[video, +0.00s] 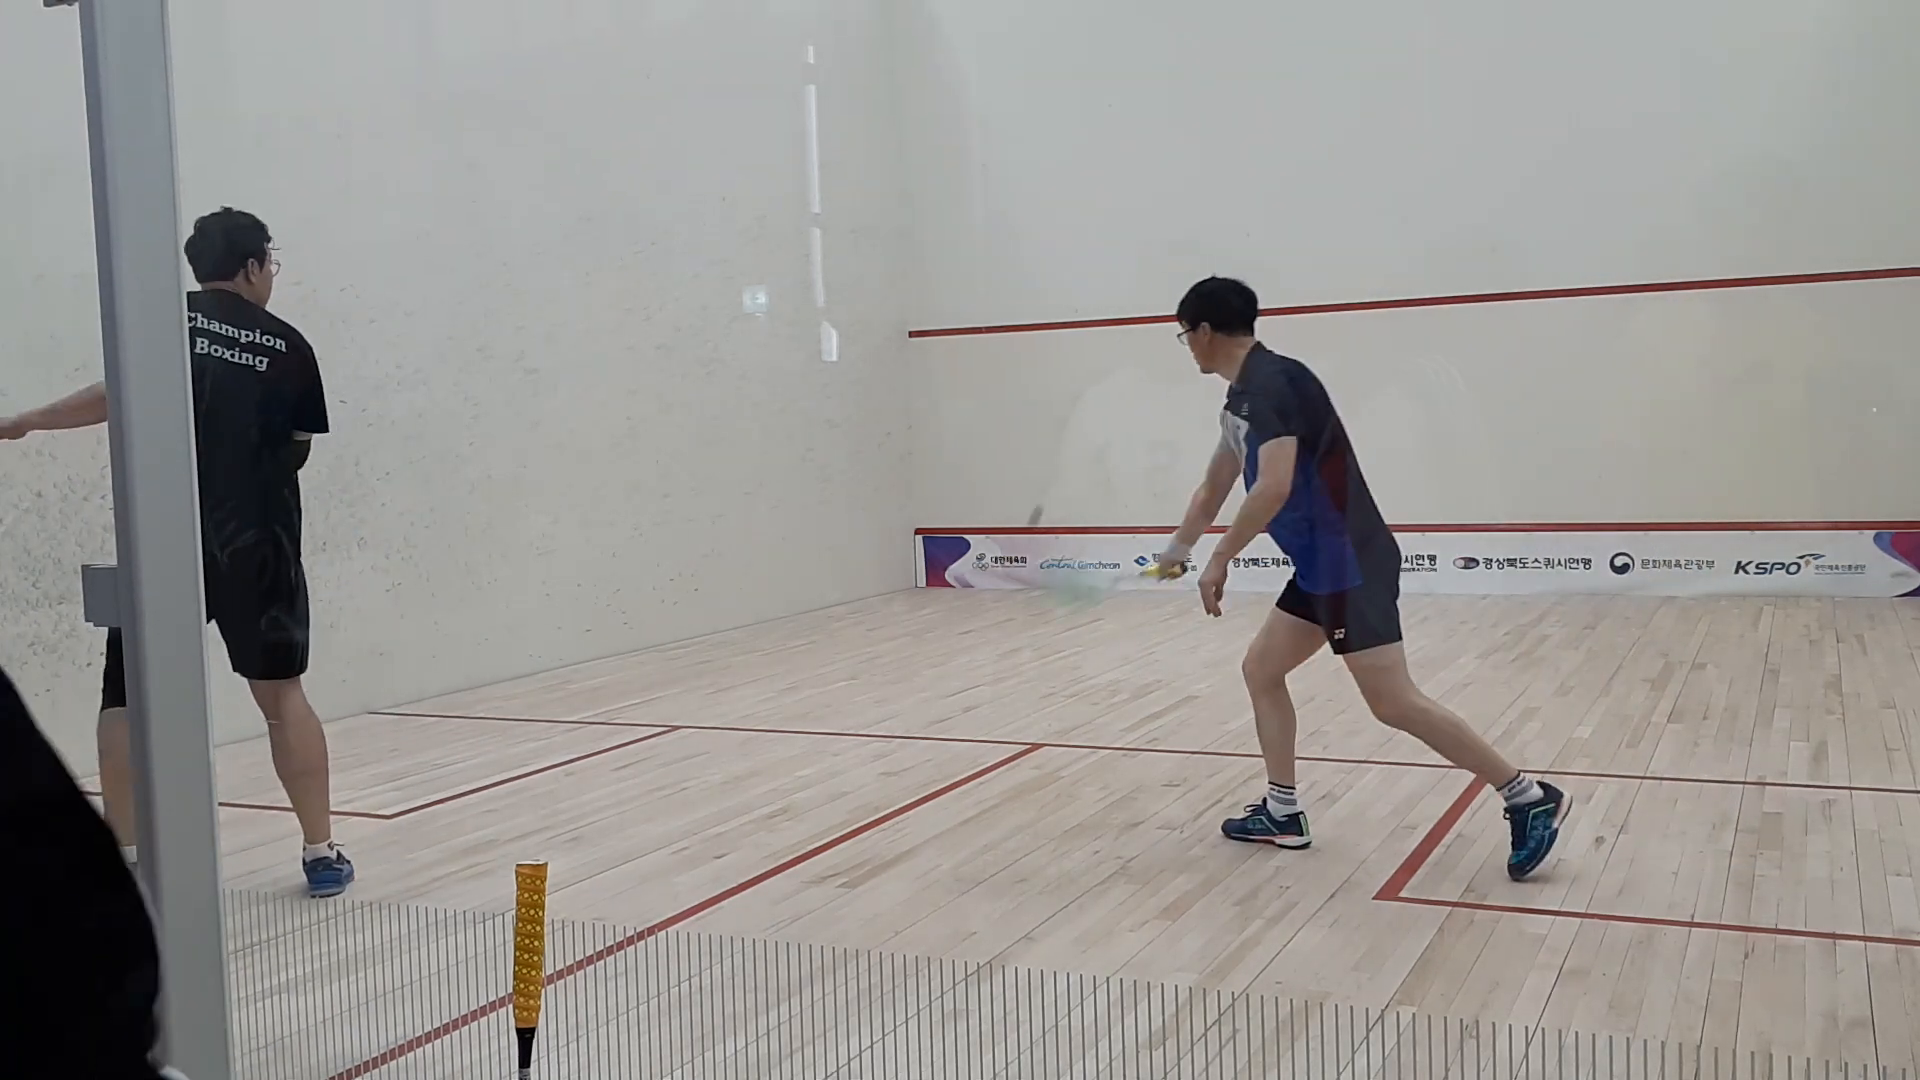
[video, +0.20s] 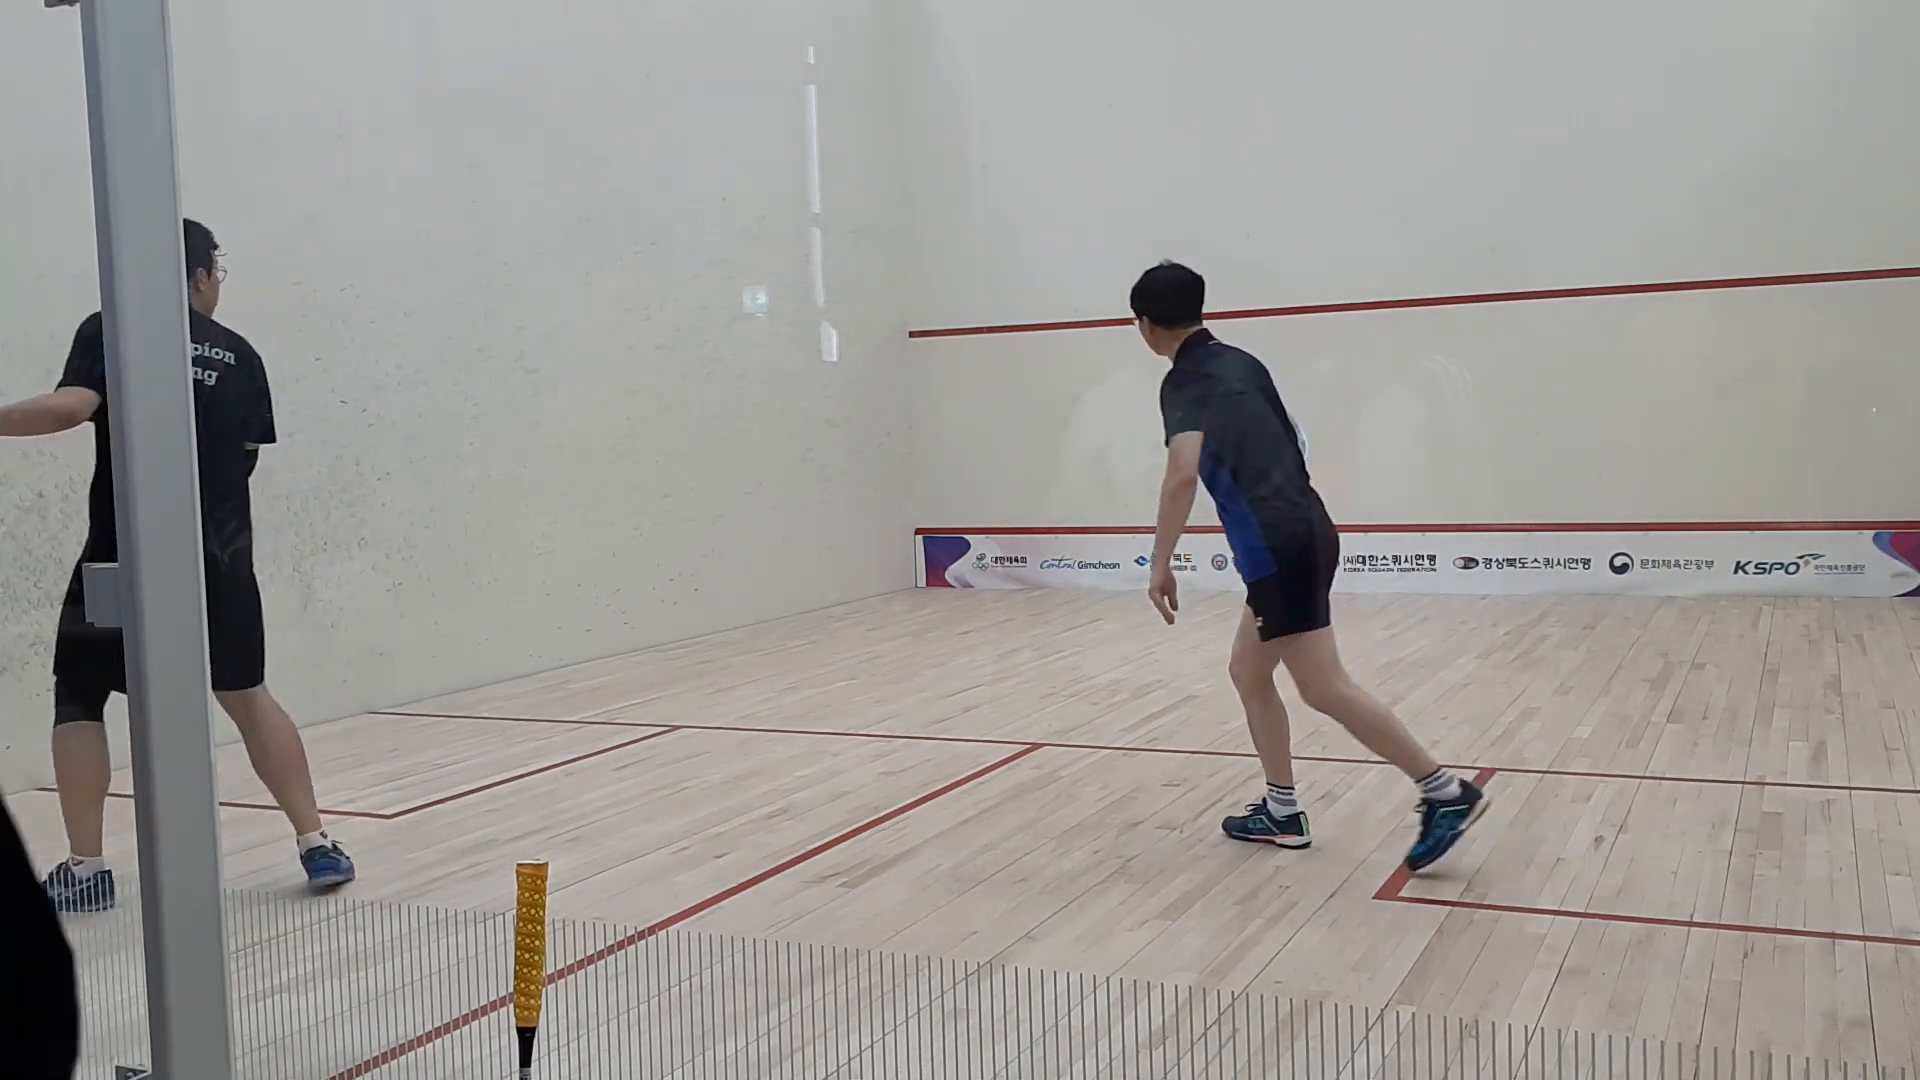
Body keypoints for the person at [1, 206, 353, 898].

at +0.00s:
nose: (274, 275)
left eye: (270, 262)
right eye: (270, 264)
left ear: (202, 270)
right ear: (252, 269)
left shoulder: (163, 326)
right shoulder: (288, 346)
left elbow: (102, 402)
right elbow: (295, 451)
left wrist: (22, 422)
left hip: (157, 547)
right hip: (256, 551)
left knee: (121, 699)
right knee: (283, 698)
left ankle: (123, 859)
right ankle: (321, 853)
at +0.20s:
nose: (221, 283)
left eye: (217, 271)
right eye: (217, 272)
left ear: (145, 271)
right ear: (202, 277)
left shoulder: (108, 328)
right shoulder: (239, 354)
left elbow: (70, 408)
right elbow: (245, 461)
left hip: (115, 560)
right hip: (216, 564)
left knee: (78, 699)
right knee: (247, 693)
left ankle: (86, 867)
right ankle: (316, 843)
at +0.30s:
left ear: (107, 259)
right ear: (177, 265)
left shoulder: (72, 334)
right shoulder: (205, 353)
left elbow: (30, 419)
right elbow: (210, 464)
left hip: (85, 557)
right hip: (181, 562)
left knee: (59, 703)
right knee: (206, 685)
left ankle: (84, 867)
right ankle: (278, 810)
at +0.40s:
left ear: (76, 270)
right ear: (141, 263)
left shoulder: (44, 334)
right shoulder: (176, 347)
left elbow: (4, 424)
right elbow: (189, 451)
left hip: (69, 559)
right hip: (159, 560)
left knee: (44, 697)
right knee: (171, 697)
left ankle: (82, 865)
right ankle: (204, 827)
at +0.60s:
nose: (110, 308)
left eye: (105, 299)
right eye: (107, 300)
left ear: (36, 304)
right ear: (93, 303)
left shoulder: (14, 358)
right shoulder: (122, 359)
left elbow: (5, 462)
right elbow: (146, 461)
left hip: (40, 575)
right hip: (114, 572)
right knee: (103, 694)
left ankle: (62, 847)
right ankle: (158, 823)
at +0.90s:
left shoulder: (23, 399)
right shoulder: (29, 396)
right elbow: (58, 503)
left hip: (19, 590)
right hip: (53, 585)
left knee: (54, 709)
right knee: (56, 707)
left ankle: (149, 819)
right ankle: (150, 820)